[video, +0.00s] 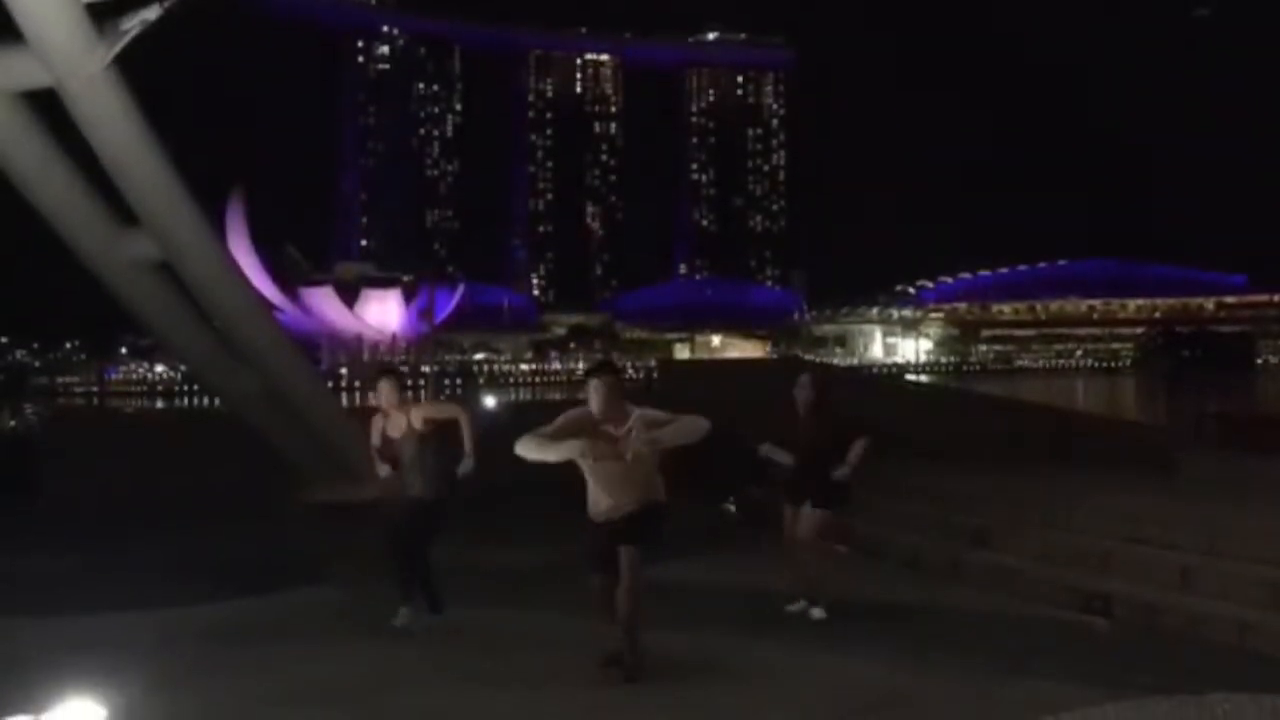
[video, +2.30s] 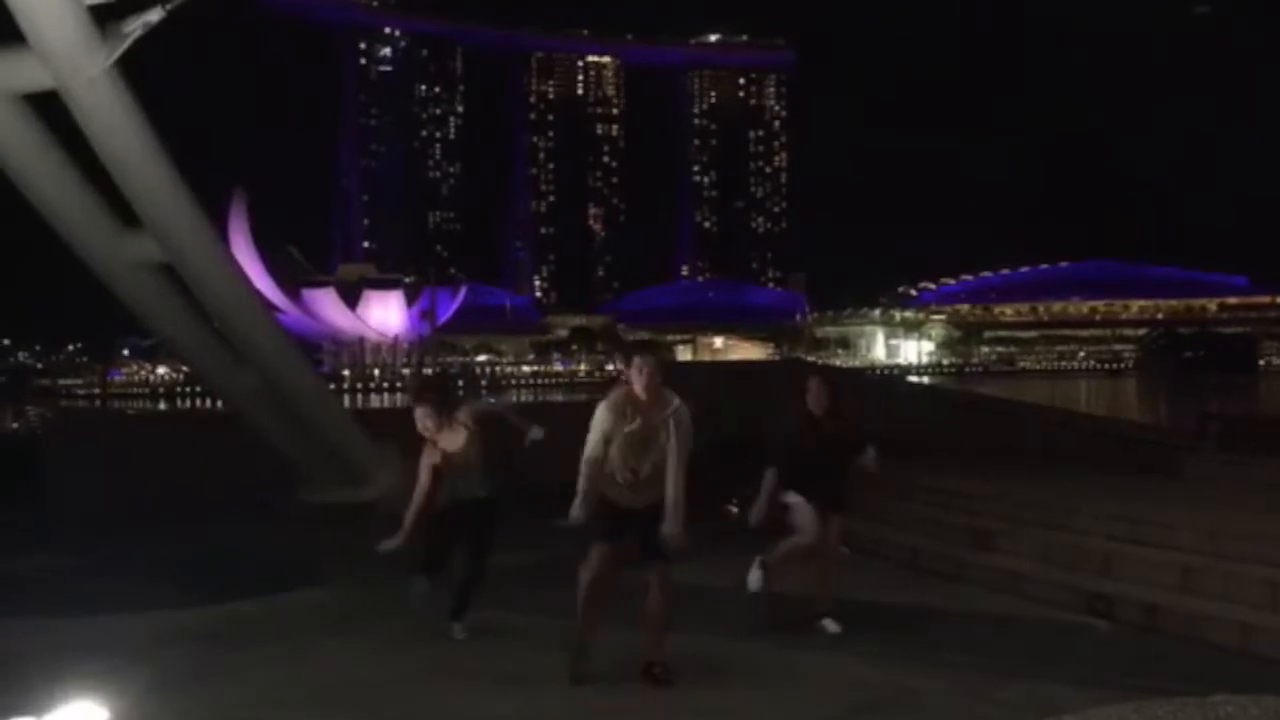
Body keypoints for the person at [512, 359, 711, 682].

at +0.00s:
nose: (597, 394)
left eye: (604, 386)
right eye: (592, 387)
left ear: (618, 390)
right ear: (585, 392)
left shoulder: (641, 419)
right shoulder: (579, 421)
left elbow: (700, 426)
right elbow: (523, 446)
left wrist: (651, 440)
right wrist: (574, 448)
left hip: (642, 509)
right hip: (602, 516)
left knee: (631, 564)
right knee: (603, 584)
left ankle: (630, 651)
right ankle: (620, 642)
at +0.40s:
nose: (645, 389)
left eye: (651, 381)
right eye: (639, 381)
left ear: (659, 384)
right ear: (625, 382)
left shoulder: (671, 409)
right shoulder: (616, 415)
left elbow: (708, 437)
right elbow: (559, 448)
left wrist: (674, 459)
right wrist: (598, 440)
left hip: (648, 504)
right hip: (611, 502)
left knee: (644, 576)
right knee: (628, 566)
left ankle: (618, 649)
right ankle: (637, 650)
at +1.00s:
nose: (639, 400)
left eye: (646, 393)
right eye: (633, 393)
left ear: (656, 394)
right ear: (621, 394)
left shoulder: (668, 418)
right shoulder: (602, 420)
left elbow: (714, 451)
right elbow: (569, 475)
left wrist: (689, 476)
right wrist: (612, 479)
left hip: (641, 515)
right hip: (600, 516)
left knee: (631, 587)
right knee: (604, 586)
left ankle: (620, 654)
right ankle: (609, 661)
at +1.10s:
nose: (624, 416)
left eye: (630, 409)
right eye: (619, 409)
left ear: (642, 409)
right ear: (611, 410)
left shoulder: (660, 438)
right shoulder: (594, 436)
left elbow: (711, 469)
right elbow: (561, 488)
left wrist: (690, 493)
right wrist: (601, 479)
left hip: (633, 525)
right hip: (590, 524)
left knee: (617, 593)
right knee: (572, 582)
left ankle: (604, 664)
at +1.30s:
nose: (601, 403)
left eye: (607, 395)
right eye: (596, 395)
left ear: (626, 395)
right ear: (592, 396)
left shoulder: (649, 422)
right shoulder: (585, 418)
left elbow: (700, 443)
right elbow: (547, 460)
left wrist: (677, 474)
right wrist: (590, 452)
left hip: (632, 513)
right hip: (589, 513)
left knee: (605, 571)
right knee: (561, 567)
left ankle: (609, 656)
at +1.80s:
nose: (601, 381)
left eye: (608, 373)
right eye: (596, 374)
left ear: (621, 378)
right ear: (589, 379)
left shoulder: (646, 412)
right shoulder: (580, 416)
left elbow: (678, 449)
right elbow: (550, 460)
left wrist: (675, 495)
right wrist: (569, 468)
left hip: (644, 503)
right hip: (607, 509)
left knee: (641, 565)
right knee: (613, 578)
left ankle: (650, 645)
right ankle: (628, 642)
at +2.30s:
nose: (646, 378)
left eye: (652, 371)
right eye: (640, 371)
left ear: (661, 375)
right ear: (627, 374)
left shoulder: (673, 410)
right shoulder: (612, 407)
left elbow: (676, 467)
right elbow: (592, 455)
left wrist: (673, 518)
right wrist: (581, 501)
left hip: (654, 504)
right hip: (611, 503)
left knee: (660, 579)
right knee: (597, 567)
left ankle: (655, 658)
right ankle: (581, 648)